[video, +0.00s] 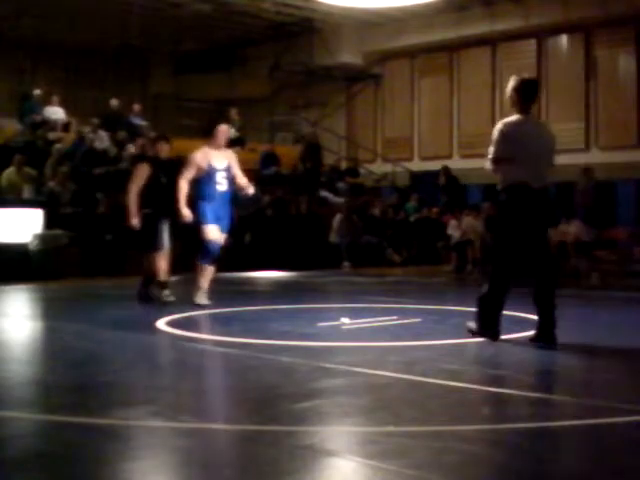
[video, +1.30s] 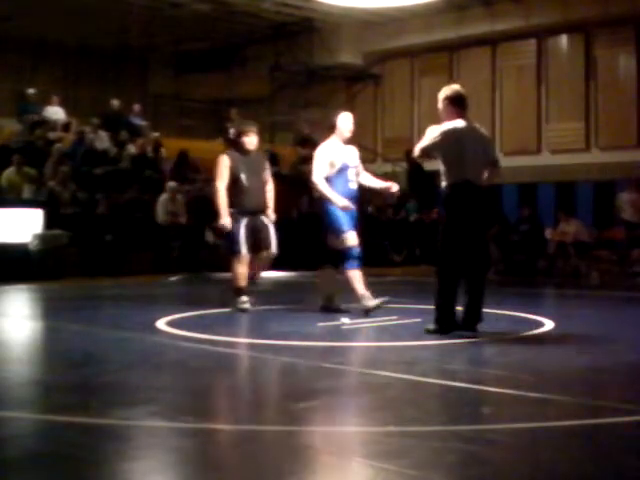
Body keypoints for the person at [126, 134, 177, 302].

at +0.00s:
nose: (164, 150)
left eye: (166, 146)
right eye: (160, 146)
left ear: (169, 149)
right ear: (154, 147)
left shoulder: (170, 166)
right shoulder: (146, 165)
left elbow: (177, 190)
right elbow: (134, 188)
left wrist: (181, 208)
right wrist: (134, 214)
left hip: (166, 213)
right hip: (151, 213)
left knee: (156, 250)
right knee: (161, 249)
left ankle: (147, 285)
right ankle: (162, 285)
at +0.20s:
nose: (177, 147)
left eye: (179, 143)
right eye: (174, 143)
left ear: (182, 145)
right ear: (166, 145)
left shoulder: (186, 163)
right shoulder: (160, 162)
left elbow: (192, 188)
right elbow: (154, 186)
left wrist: (196, 208)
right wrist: (158, 208)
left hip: (185, 211)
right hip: (168, 212)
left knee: (180, 249)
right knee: (168, 250)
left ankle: (172, 282)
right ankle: (166, 286)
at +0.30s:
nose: (188, 145)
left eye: (190, 140)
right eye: (184, 140)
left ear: (193, 143)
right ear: (176, 142)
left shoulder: (196, 162)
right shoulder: (168, 159)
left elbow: (202, 185)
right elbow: (161, 183)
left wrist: (204, 204)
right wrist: (175, 204)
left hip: (193, 211)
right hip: (173, 211)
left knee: (194, 249)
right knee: (172, 249)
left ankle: (193, 284)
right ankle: (168, 287)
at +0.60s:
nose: (218, 146)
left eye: (221, 142)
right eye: (215, 141)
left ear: (224, 145)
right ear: (207, 143)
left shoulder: (224, 165)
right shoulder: (197, 161)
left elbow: (229, 190)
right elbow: (188, 185)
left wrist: (229, 212)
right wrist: (195, 209)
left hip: (221, 214)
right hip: (202, 214)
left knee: (222, 253)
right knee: (198, 252)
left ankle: (224, 293)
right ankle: (179, 282)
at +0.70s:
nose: (227, 143)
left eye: (228, 139)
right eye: (223, 138)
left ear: (230, 142)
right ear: (214, 140)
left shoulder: (233, 164)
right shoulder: (203, 160)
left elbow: (239, 187)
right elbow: (191, 183)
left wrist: (243, 207)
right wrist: (193, 208)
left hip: (229, 212)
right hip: (209, 212)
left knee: (225, 253)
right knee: (208, 250)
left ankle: (225, 293)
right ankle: (196, 285)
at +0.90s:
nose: (235, 142)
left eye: (238, 138)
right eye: (231, 138)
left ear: (242, 141)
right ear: (223, 141)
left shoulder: (246, 164)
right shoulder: (214, 160)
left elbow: (257, 184)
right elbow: (197, 182)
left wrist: (269, 203)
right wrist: (198, 210)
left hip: (241, 211)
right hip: (221, 210)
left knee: (234, 250)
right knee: (228, 249)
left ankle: (229, 284)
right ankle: (229, 287)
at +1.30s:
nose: (253, 140)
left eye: (255, 135)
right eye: (248, 135)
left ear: (259, 138)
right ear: (238, 138)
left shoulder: (261, 159)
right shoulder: (227, 159)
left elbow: (268, 183)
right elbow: (221, 186)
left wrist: (270, 208)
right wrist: (224, 214)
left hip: (260, 211)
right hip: (239, 212)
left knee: (269, 250)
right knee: (242, 254)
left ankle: (253, 271)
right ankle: (242, 292)